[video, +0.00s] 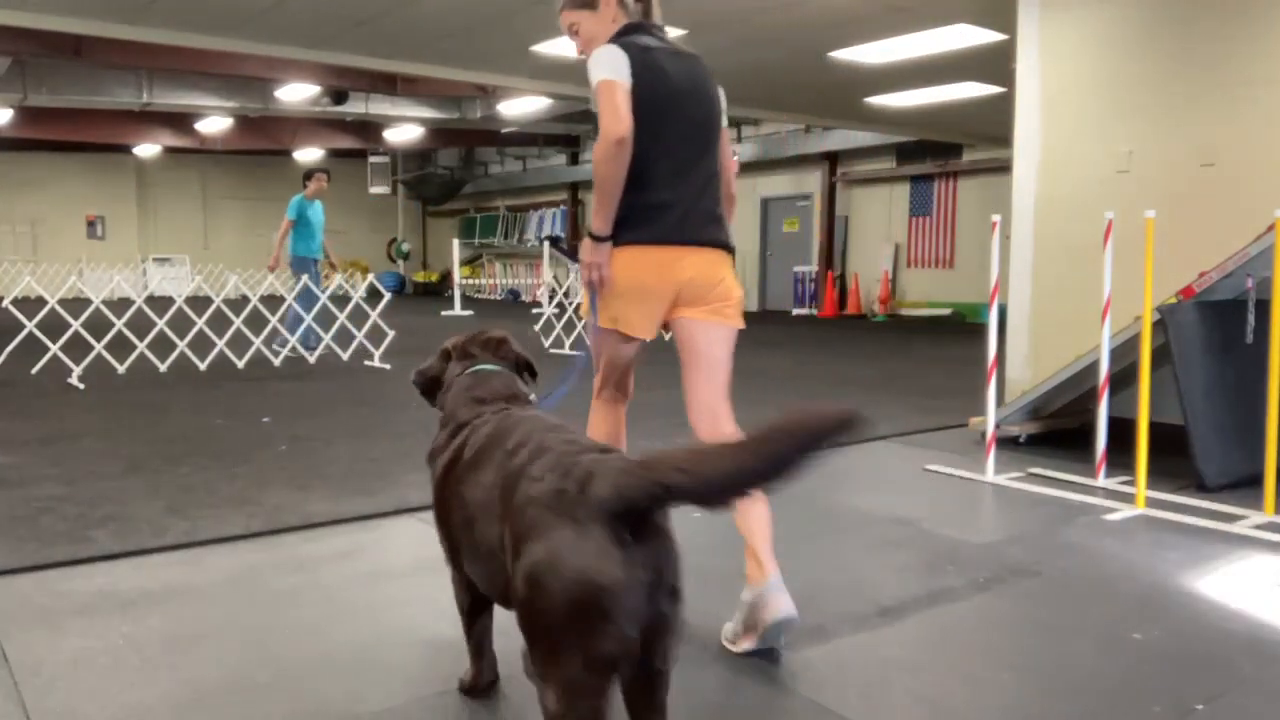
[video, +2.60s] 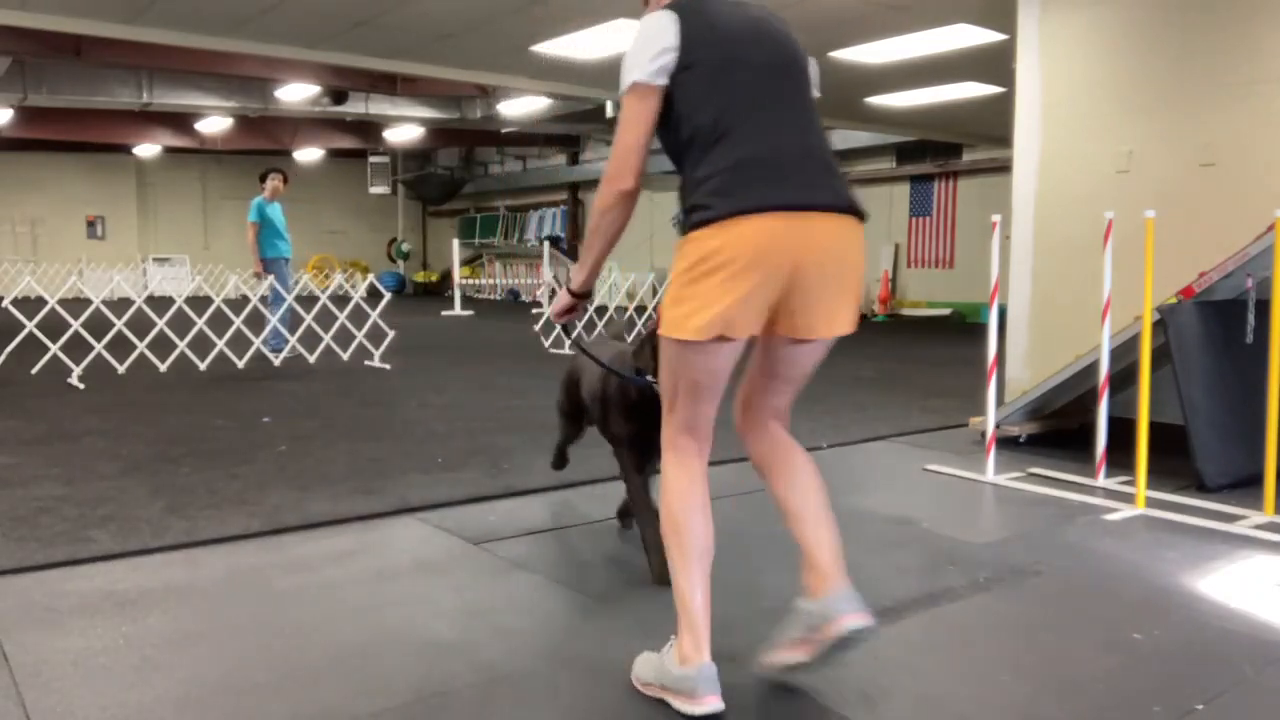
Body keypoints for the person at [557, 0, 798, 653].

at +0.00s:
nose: (574, 42)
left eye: (575, 28)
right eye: (569, 33)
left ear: (610, 8)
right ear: (637, 13)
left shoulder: (611, 53)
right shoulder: (698, 67)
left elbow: (617, 134)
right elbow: (727, 170)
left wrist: (599, 234)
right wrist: (714, 241)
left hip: (638, 257)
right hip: (710, 257)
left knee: (611, 395)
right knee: (717, 422)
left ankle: (598, 547)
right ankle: (766, 583)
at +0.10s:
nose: (561, 39)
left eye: (561, 26)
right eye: (556, 31)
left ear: (591, 9)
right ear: (618, 13)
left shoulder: (591, 53)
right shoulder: (684, 69)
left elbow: (590, 129)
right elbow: (706, 173)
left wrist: (574, 223)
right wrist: (701, 243)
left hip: (612, 238)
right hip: (683, 243)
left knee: (603, 386)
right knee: (663, 402)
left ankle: (595, 522)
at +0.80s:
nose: (521, 96)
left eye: (521, 88)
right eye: (519, 90)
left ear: (540, 74)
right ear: (558, 75)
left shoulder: (528, 114)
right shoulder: (601, 119)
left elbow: (514, 173)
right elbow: (624, 191)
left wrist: (519, 233)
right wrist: (625, 250)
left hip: (547, 247)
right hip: (597, 245)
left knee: (542, 344)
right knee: (590, 350)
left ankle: (536, 427)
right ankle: (598, 454)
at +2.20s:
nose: (552, 17)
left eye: (552, 11)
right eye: (554, 12)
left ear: (565, 9)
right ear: (616, 9)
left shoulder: (555, 53)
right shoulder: (665, 58)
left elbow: (540, 173)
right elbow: (688, 159)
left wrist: (535, 244)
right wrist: (638, 190)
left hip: (590, 227)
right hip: (670, 226)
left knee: (561, 374)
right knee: (627, 384)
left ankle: (547, 517)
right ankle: (666, 515)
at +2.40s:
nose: (595, 10)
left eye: (595, 5)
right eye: (596, 6)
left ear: (608, 4)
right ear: (662, 1)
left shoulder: (593, 44)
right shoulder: (722, 49)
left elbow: (573, 178)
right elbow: (744, 155)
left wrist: (557, 250)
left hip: (651, 227)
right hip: (740, 225)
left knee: (623, 399)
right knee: (681, 393)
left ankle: (647, 544)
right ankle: (679, 576)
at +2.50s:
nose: (616, 14)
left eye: (615, 10)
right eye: (617, 11)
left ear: (629, 4)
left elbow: (589, 181)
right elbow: (770, 143)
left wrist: (564, 268)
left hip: (685, 220)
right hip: (778, 216)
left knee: (678, 426)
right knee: (726, 403)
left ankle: (692, 630)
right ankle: (715, 588)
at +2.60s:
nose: (641, 14)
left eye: (642, 11)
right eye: (642, 12)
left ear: (658, 2)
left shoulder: (664, 25)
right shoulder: (783, 37)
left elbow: (622, 182)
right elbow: (802, 152)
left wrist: (581, 280)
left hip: (734, 237)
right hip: (835, 234)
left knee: (686, 441)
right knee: (764, 420)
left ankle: (692, 656)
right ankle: (833, 592)